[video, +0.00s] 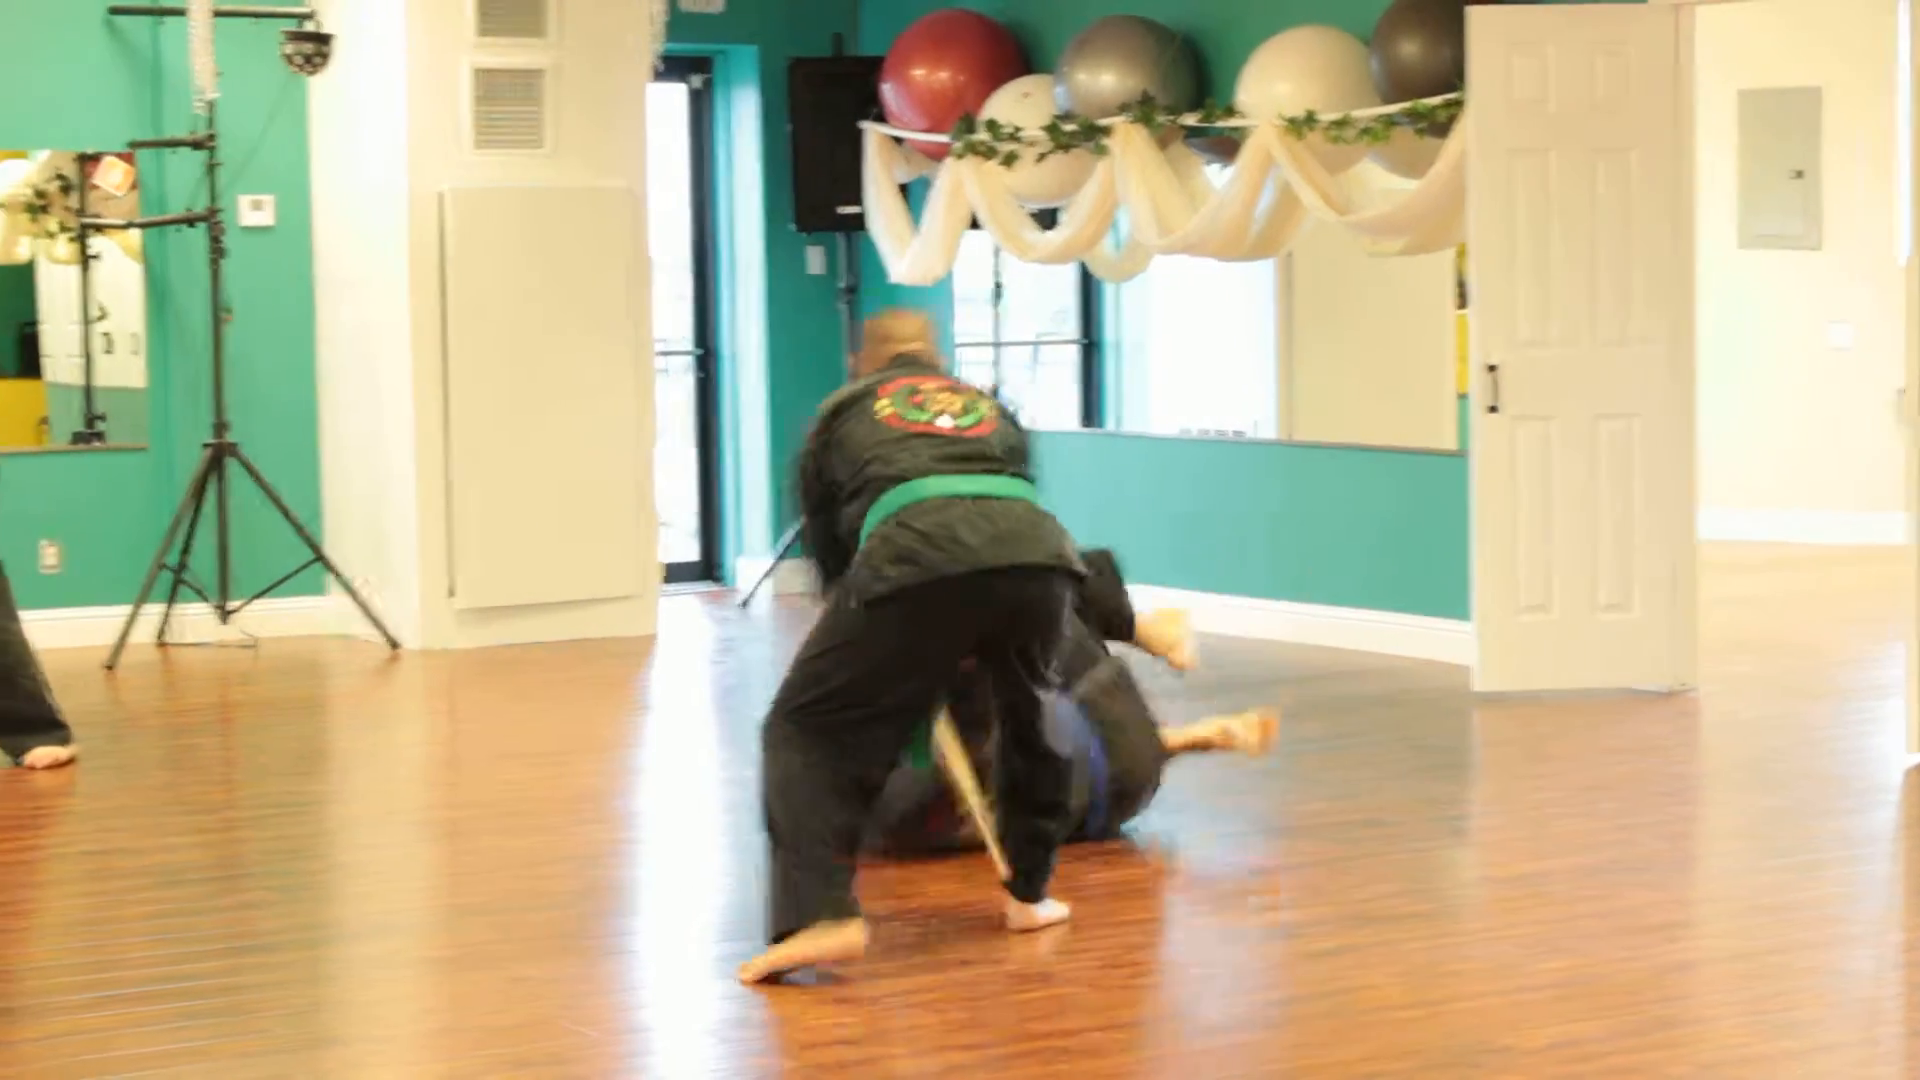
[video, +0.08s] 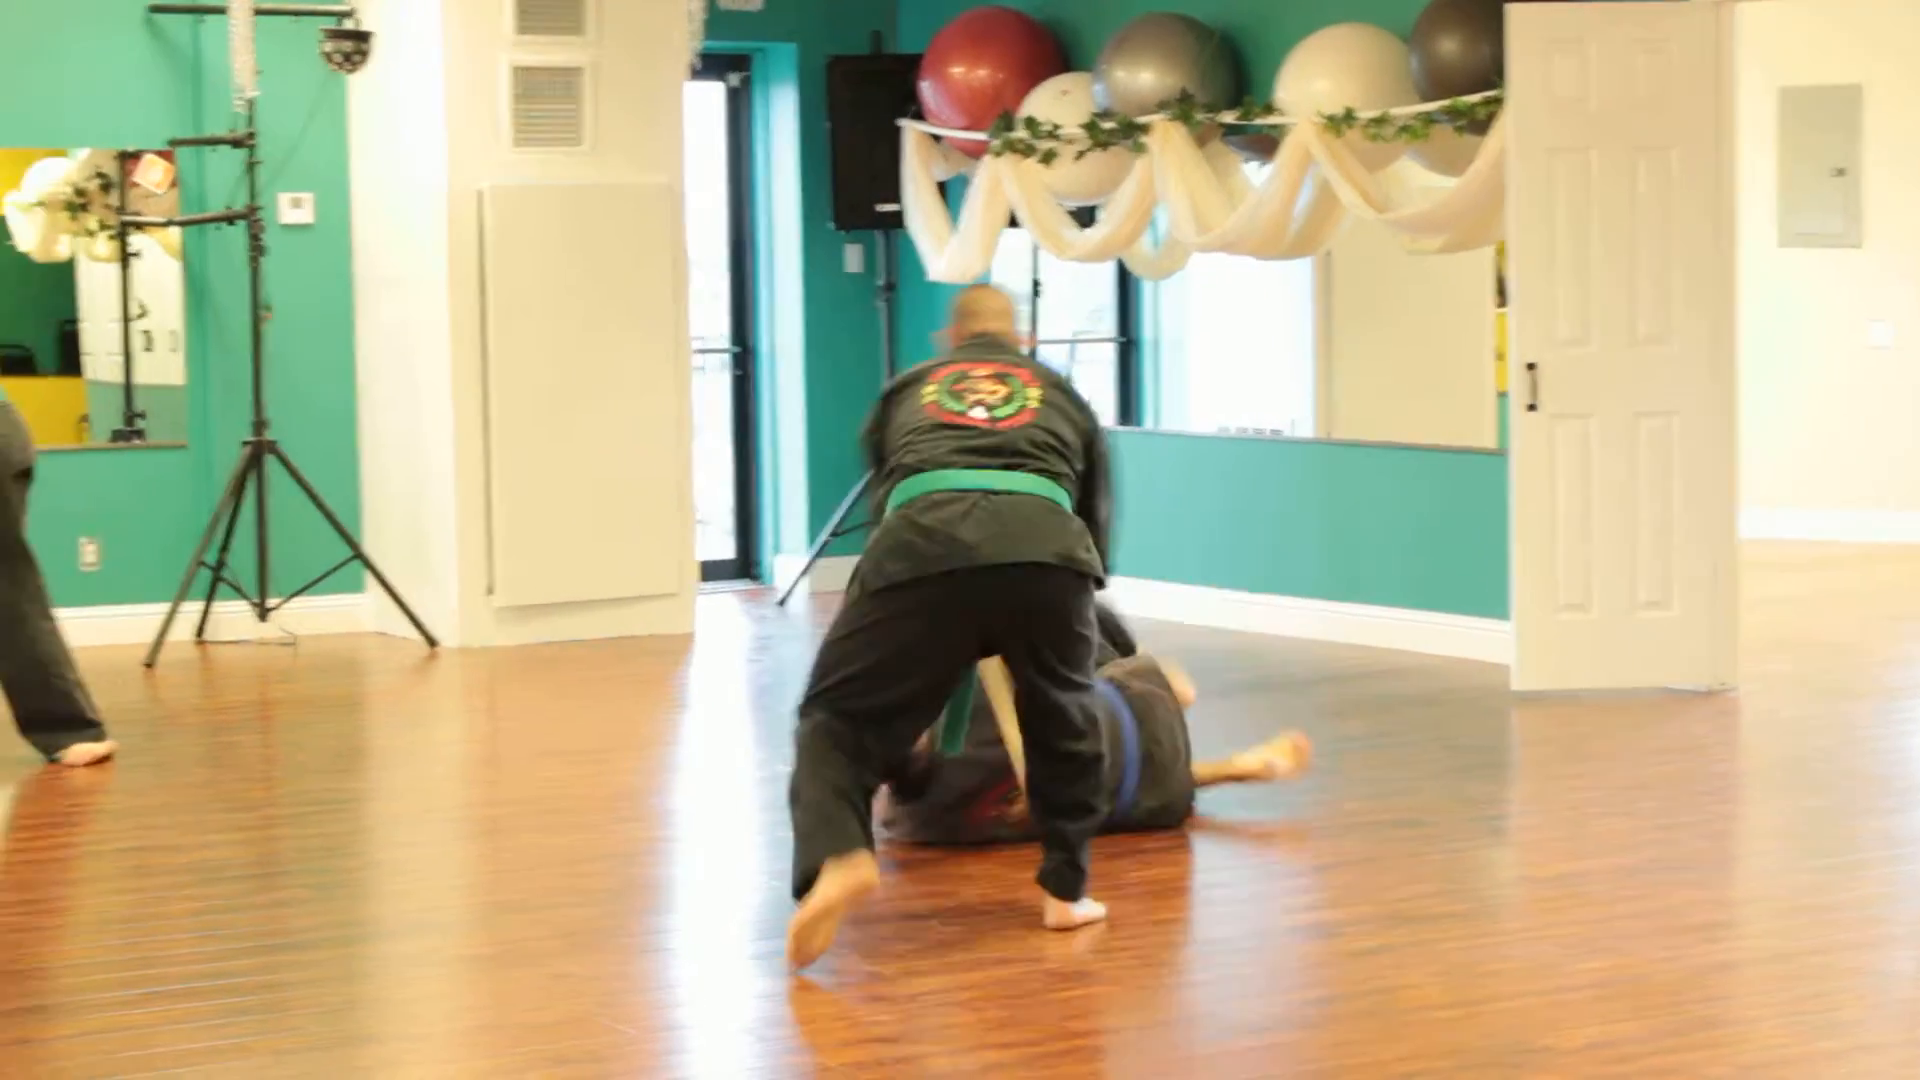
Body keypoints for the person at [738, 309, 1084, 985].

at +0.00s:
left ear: (863, 366)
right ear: (935, 359)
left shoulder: (836, 420)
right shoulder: (990, 408)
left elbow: (835, 561)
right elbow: (1013, 511)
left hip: (914, 566)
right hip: (1033, 558)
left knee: (806, 728)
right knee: (1027, 710)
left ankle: (824, 914)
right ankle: (1030, 890)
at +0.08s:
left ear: (951, 338)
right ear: (1021, 339)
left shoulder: (907, 387)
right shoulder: (1066, 397)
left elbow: (887, 495)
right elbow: (1093, 521)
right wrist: (1075, 595)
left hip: (923, 546)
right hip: (1045, 551)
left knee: (837, 714)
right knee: (1063, 704)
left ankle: (840, 852)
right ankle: (1065, 887)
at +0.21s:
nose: (1098, 328)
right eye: (1096, 320)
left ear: (1013, 317)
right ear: (1090, 325)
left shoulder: (948, 359)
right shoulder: (1116, 385)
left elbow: (924, 455)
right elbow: (1127, 537)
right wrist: (1091, 555)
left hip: (896, 525)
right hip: (1016, 532)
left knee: (880, 682)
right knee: (1075, 703)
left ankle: (836, 809)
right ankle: (1089, 886)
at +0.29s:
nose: (1104, 316)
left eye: (1099, 309)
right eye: (1103, 308)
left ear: (1020, 301)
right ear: (1094, 310)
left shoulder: (968, 343)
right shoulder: (1108, 368)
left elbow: (944, 439)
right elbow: (1131, 520)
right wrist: (1090, 548)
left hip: (881, 513)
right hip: (992, 520)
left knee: (888, 657)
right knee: (1084, 691)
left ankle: (824, 824)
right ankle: (1094, 883)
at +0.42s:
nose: (1095, 302)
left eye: (1095, 293)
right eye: (1095, 292)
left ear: (1018, 282)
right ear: (1083, 289)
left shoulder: (967, 336)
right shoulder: (1074, 338)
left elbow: (957, 450)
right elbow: (1133, 463)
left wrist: (1042, 540)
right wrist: (1125, 523)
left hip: (856, 526)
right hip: (951, 528)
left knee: (885, 654)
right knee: (1086, 676)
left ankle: (835, 833)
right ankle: (1083, 875)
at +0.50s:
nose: (1079, 298)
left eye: (1077, 289)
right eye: (1078, 288)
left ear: (999, 279)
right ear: (1067, 284)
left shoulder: (949, 336)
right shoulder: (1045, 320)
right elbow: (1132, 391)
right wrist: (1170, 491)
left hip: (862, 532)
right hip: (956, 534)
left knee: (886, 653)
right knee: (1074, 688)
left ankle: (841, 832)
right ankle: (1085, 871)